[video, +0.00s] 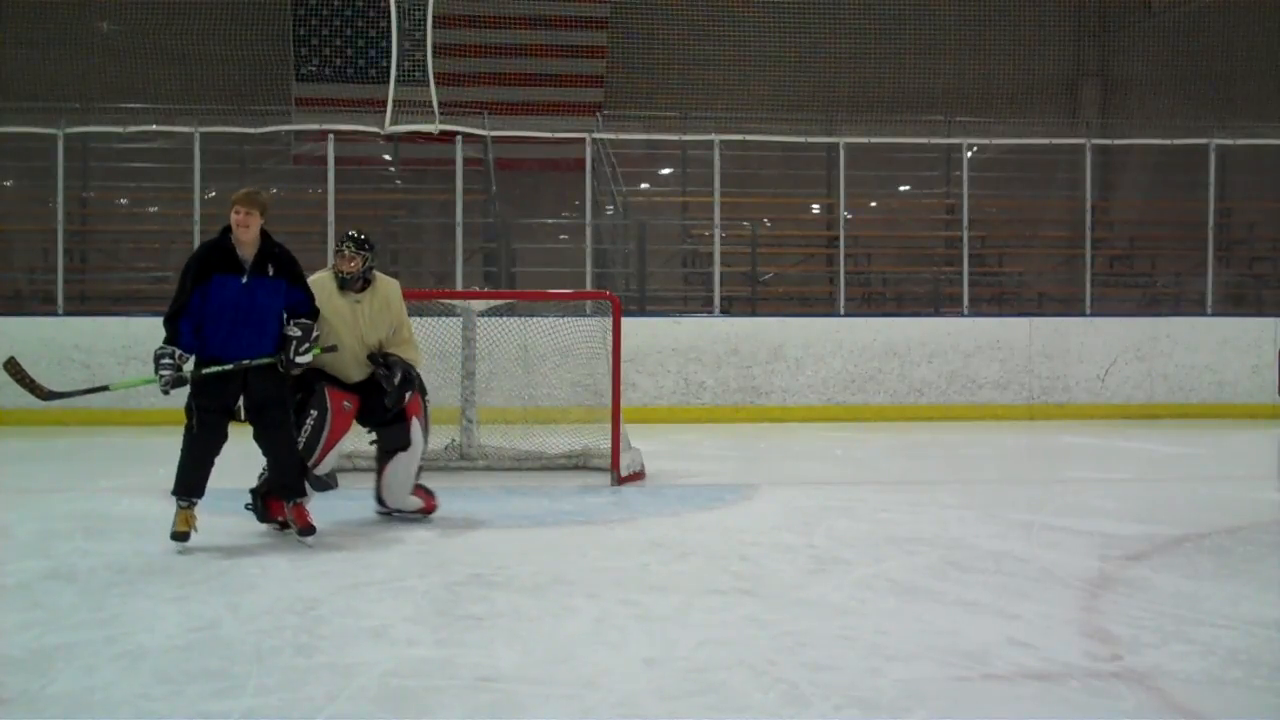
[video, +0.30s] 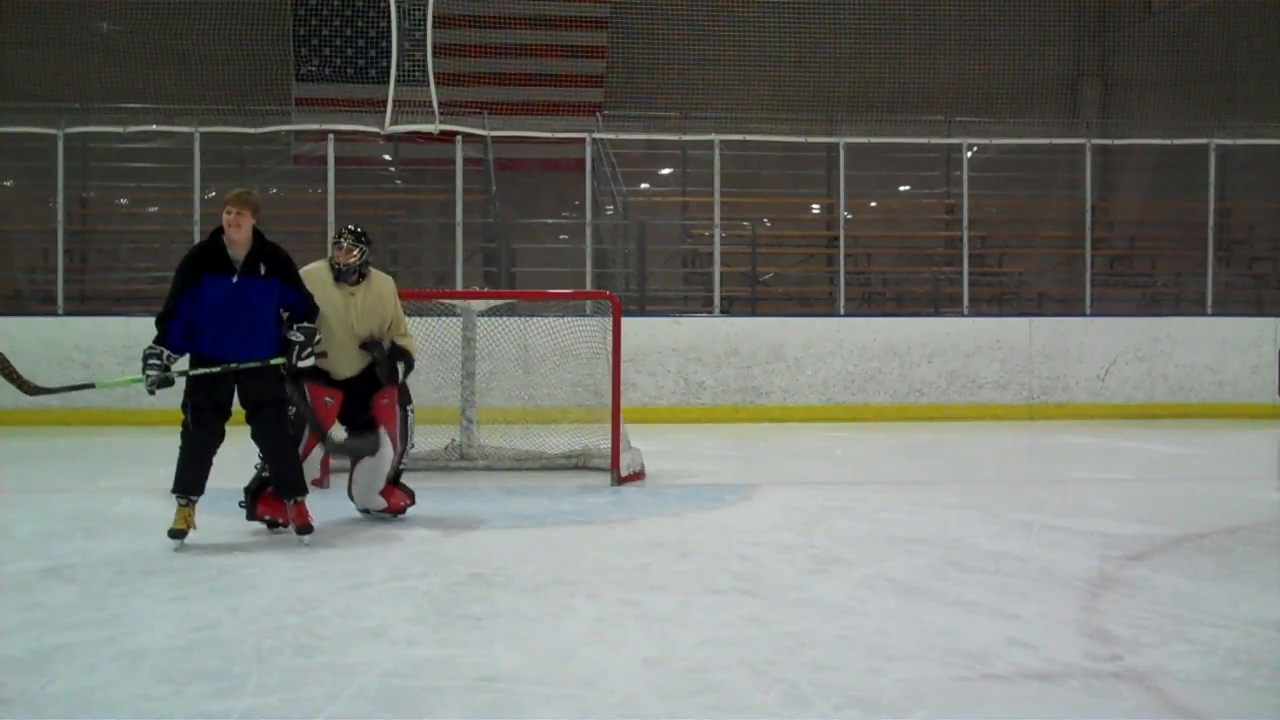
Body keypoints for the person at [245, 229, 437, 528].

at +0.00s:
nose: (344, 265)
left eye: (352, 259)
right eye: (340, 258)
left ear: (367, 262)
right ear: (333, 259)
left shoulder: (389, 290)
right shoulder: (316, 289)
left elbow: (404, 342)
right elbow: (293, 334)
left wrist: (399, 370)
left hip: (375, 380)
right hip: (328, 380)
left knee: (410, 410)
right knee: (333, 414)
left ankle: (396, 495)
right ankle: (278, 492)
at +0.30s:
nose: (343, 257)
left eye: (351, 251)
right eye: (339, 250)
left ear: (364, 255)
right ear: (331, 251)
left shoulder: (383, 285)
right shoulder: (309, 279)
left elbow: (401, 334)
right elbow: (288, 320)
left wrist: (400, 360)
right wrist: (297, 353)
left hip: (367, 376)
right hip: (320, 377)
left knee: (384, 439)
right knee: (301, 436)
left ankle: (371, 495)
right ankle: (269, 492)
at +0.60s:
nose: (332, 255)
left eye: (340, 249)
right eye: (328, 248)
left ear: (353, 253)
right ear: (320, 249)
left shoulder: (372, 285)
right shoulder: (298, 275)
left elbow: (392, 327)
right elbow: (276, 314)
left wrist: (375, 344)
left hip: (358, 370)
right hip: (310, 368)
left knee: (375, 434)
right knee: (293, 436)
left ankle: (371, 496)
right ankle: (260, 496)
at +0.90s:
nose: (306, 261)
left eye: (314, 256)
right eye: (302, 254)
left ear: (327, 260)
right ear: (295, 256)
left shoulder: (346, 290)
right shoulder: (278, 279)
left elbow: (355, 338)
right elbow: (260, 317)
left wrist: (321, 347)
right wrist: (278, 344)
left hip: (326, 375)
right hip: (281, 370)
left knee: (336, 434)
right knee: (273, 427)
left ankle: (346, 496)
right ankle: (249, 493)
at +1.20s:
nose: (308, 260)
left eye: (315, 254)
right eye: (302, 253)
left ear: (328, 258)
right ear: (294, 254)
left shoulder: (345, 288)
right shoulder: (272, 277)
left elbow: (347, 341)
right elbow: (254, 320)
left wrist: (312, 352)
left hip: (326, 371)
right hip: (278, 367)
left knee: (353, 416)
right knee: (271, 420)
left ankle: (352, 492)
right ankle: (244, 493)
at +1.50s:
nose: (364, 272)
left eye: (372, 267)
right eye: (359, 265)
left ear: (383, 273)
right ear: (348, 265)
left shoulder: (393, 306)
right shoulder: (316, 289)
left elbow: (404, 356)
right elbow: (275, 316)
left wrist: (385, 374)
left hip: (364, 388)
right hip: (313, 381)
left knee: (407, 405)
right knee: (293, 438)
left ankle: (424, 497)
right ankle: (236, 500)